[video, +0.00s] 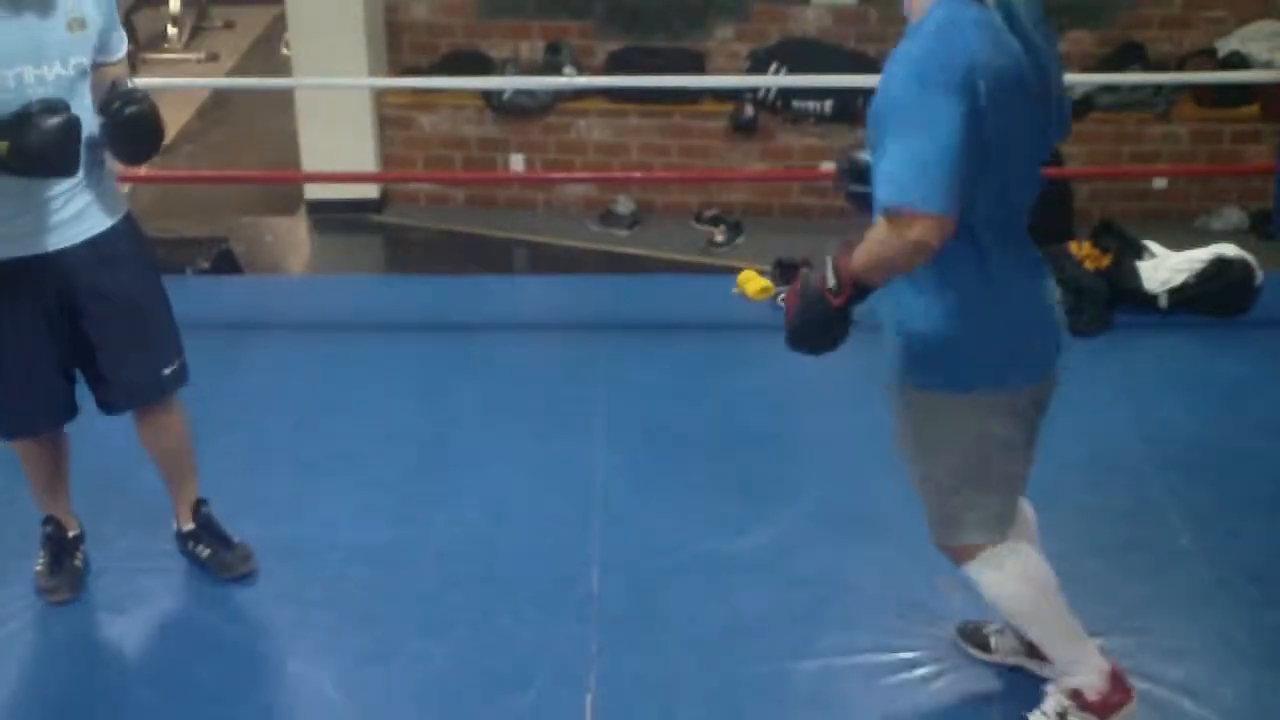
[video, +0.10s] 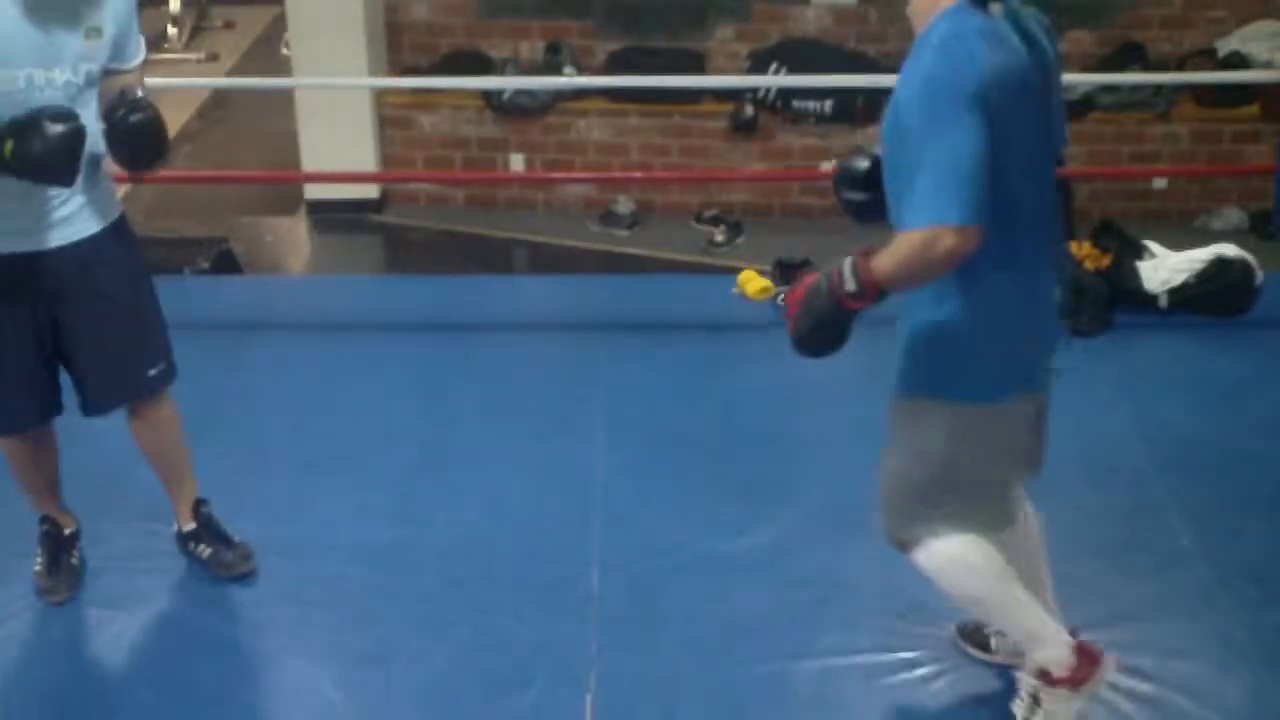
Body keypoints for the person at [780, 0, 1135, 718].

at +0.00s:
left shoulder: (926, 62)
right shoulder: (1013, 27)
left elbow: (919, 225)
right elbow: (1039, 149)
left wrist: (836, 283)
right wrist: (893, 179)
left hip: (963, 347)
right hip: (1017, 323)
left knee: (970, 534)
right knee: (999, 496)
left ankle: (1093, 683)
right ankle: (1038, 632)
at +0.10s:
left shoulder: (947, 60)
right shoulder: (1018, 30)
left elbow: (948, 233)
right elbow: (1026, 172)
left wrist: (843, 285)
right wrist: (903, 183)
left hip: (961, 335)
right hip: (1016, 319)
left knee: (920, 518)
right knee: (994, 493)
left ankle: (1060, 662)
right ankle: (1026, 633)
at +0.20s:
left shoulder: (949, 20)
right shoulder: (1019, 8)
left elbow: (972, 175)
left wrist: (870, 243)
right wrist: (901, 151)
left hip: (953, 294)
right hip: (1019, 279)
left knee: (880, 476)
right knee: (994, 442)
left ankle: (990, 636)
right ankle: (1035, 607)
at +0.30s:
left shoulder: (929, 7)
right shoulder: (1024, 7)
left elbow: (967, 140)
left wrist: (877, 212)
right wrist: (891, 107)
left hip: (940, 275)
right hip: (1020, 263)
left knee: (837, 454)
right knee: (984, 421)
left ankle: (882, 649)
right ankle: (1027, 594)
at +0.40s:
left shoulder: (916, 19)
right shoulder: (1014, 9)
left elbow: (930, 171)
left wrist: (840, 221)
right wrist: (874, 127)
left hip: (916, 298)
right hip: (997, 285)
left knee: (806, 470)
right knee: (979, 440)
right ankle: (1022, 603)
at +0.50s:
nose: (835, 8)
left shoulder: (877, 74)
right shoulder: (978, 29)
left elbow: (882, 230)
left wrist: (797, 246)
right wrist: (848, 173)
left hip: (899, 334)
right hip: (992, 318)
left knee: (778, 503)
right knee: (968, 469)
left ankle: (693, 684)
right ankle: (1027, 616)